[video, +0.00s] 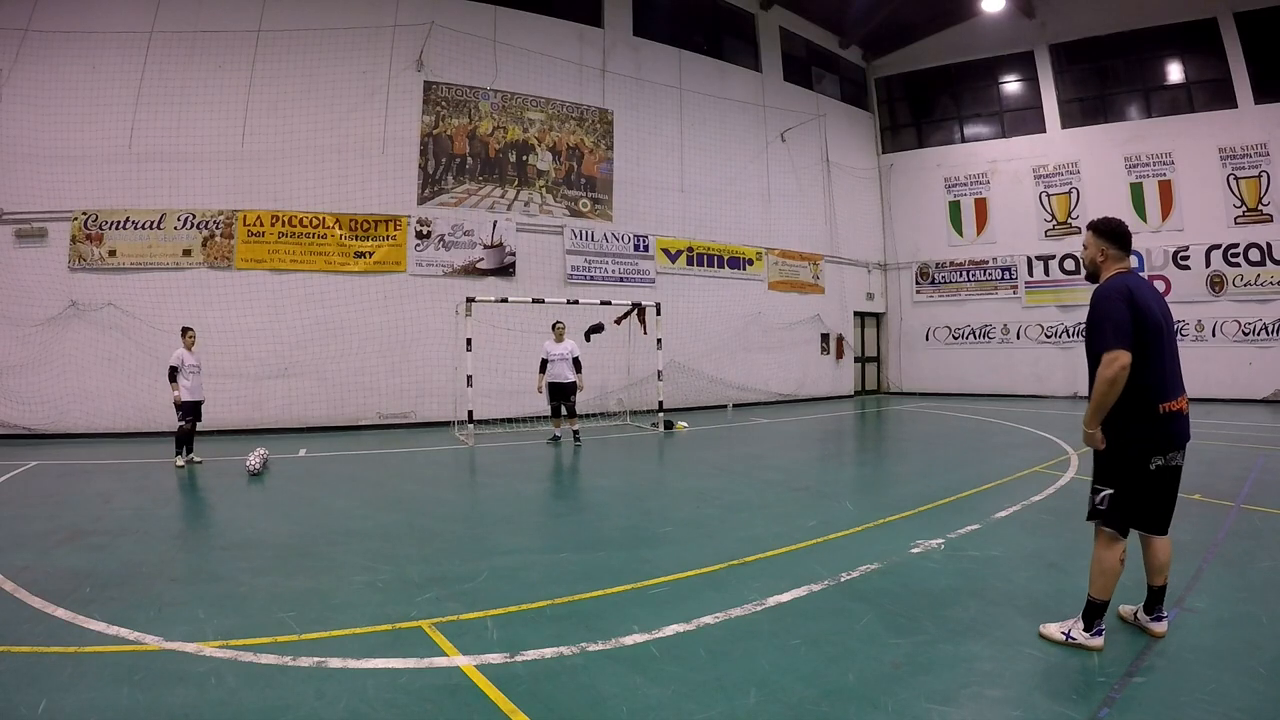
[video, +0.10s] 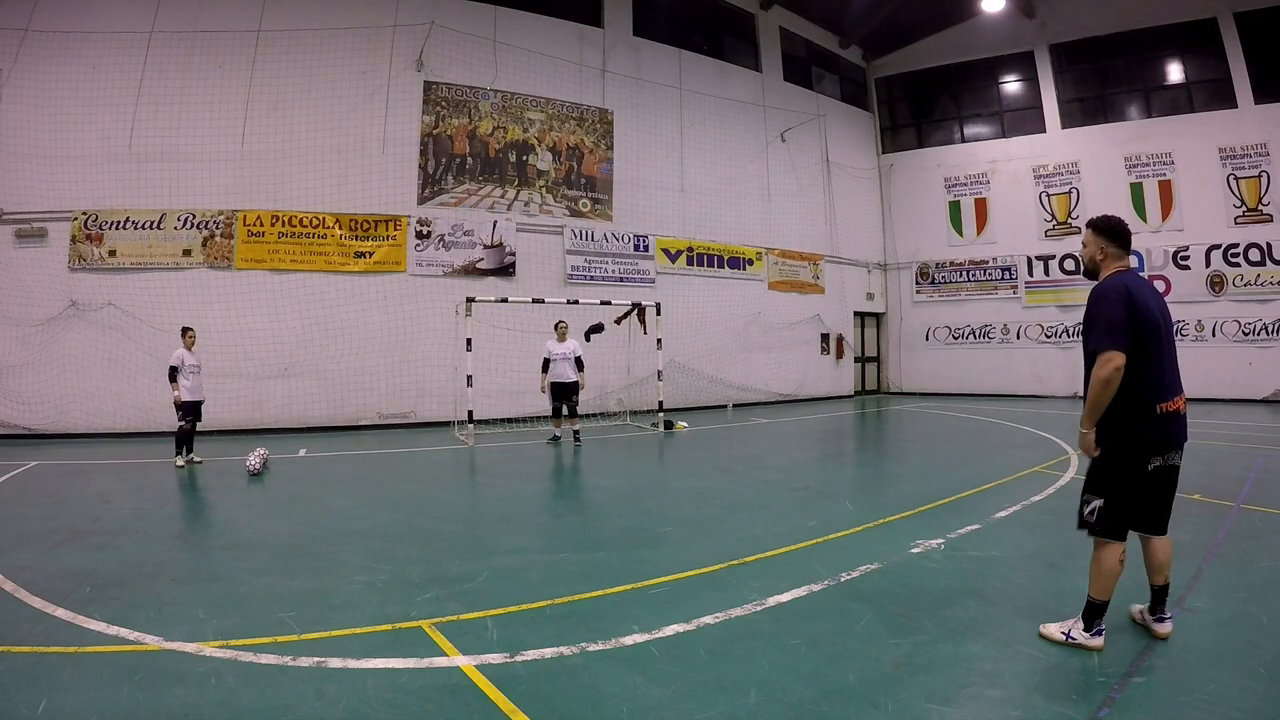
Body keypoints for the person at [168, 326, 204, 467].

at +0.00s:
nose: (193, 340)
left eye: (194, 337)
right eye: (190, 337)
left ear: (195, 339)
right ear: (183, 338)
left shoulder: (195, 355)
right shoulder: (179, 354)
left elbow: (197, 377)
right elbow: (172, 373)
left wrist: (201, 394)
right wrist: (176, 392)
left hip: (196, 397)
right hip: (184, 397)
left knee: (192, 426)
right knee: (184, 426)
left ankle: (189, 454)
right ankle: (178, 456)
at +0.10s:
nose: (193, 340)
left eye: (194, 337)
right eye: (190, 337)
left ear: (195, 339)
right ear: (183, 338)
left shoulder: (195, 356)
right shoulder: (179, 354)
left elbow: (197, 377)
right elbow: (172, 373)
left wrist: (201, 394)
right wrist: (176, 392)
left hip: (196, 397)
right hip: (184, 397)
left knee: (192, 426)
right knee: (184, 426)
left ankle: (189, 454)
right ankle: (178, 456)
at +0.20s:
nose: (193, 340)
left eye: (194, 337)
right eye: (190, 337)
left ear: (195, 339)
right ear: (183, 338)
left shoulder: (195, 356)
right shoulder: (179, 354)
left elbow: (197, 377)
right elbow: (172, 373)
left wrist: (201, 394)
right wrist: (176, 392)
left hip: (196, 397)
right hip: (184, 397)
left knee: (192, 426)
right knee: (184, 426)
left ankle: (189, 454)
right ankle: (178, 456)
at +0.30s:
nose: (193, 340)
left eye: (194, 337)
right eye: (190, 337)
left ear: (195, 339)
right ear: (183, 338)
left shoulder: (195, 356)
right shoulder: (179, 354)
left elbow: (198, 377)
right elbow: (172, 373)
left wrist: (201, 393)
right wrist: (176, 392)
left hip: (196, 397)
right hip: (184, 397)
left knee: (192, 426)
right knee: (184, 426)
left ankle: (189, 454)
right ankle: (178, 456)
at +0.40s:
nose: (193, 340)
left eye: (194, 337)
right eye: (190, 337)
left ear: (195, 339)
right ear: (183, 338)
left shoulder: (195, 355)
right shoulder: (179, 354)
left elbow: (198, 376)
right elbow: (172, 373)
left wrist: (201, 393)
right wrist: (176, 392)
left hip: (196, 397)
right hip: (184, 397)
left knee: (192, 426)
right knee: (184, 426)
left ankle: (189, 454)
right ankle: (178, 456)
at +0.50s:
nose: (193, 340)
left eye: (194, 337)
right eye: (191, 337)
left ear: (195, 339)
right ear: (183, 338)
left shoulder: (195, 355)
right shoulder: (179, 354)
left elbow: (198, 376)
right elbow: (172, 373)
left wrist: (201, 392)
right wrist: (176, 392)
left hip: (196, 397)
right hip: (184, 397)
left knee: (192, 426)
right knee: (184, 426)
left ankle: (189, 454)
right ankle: (178, 456)